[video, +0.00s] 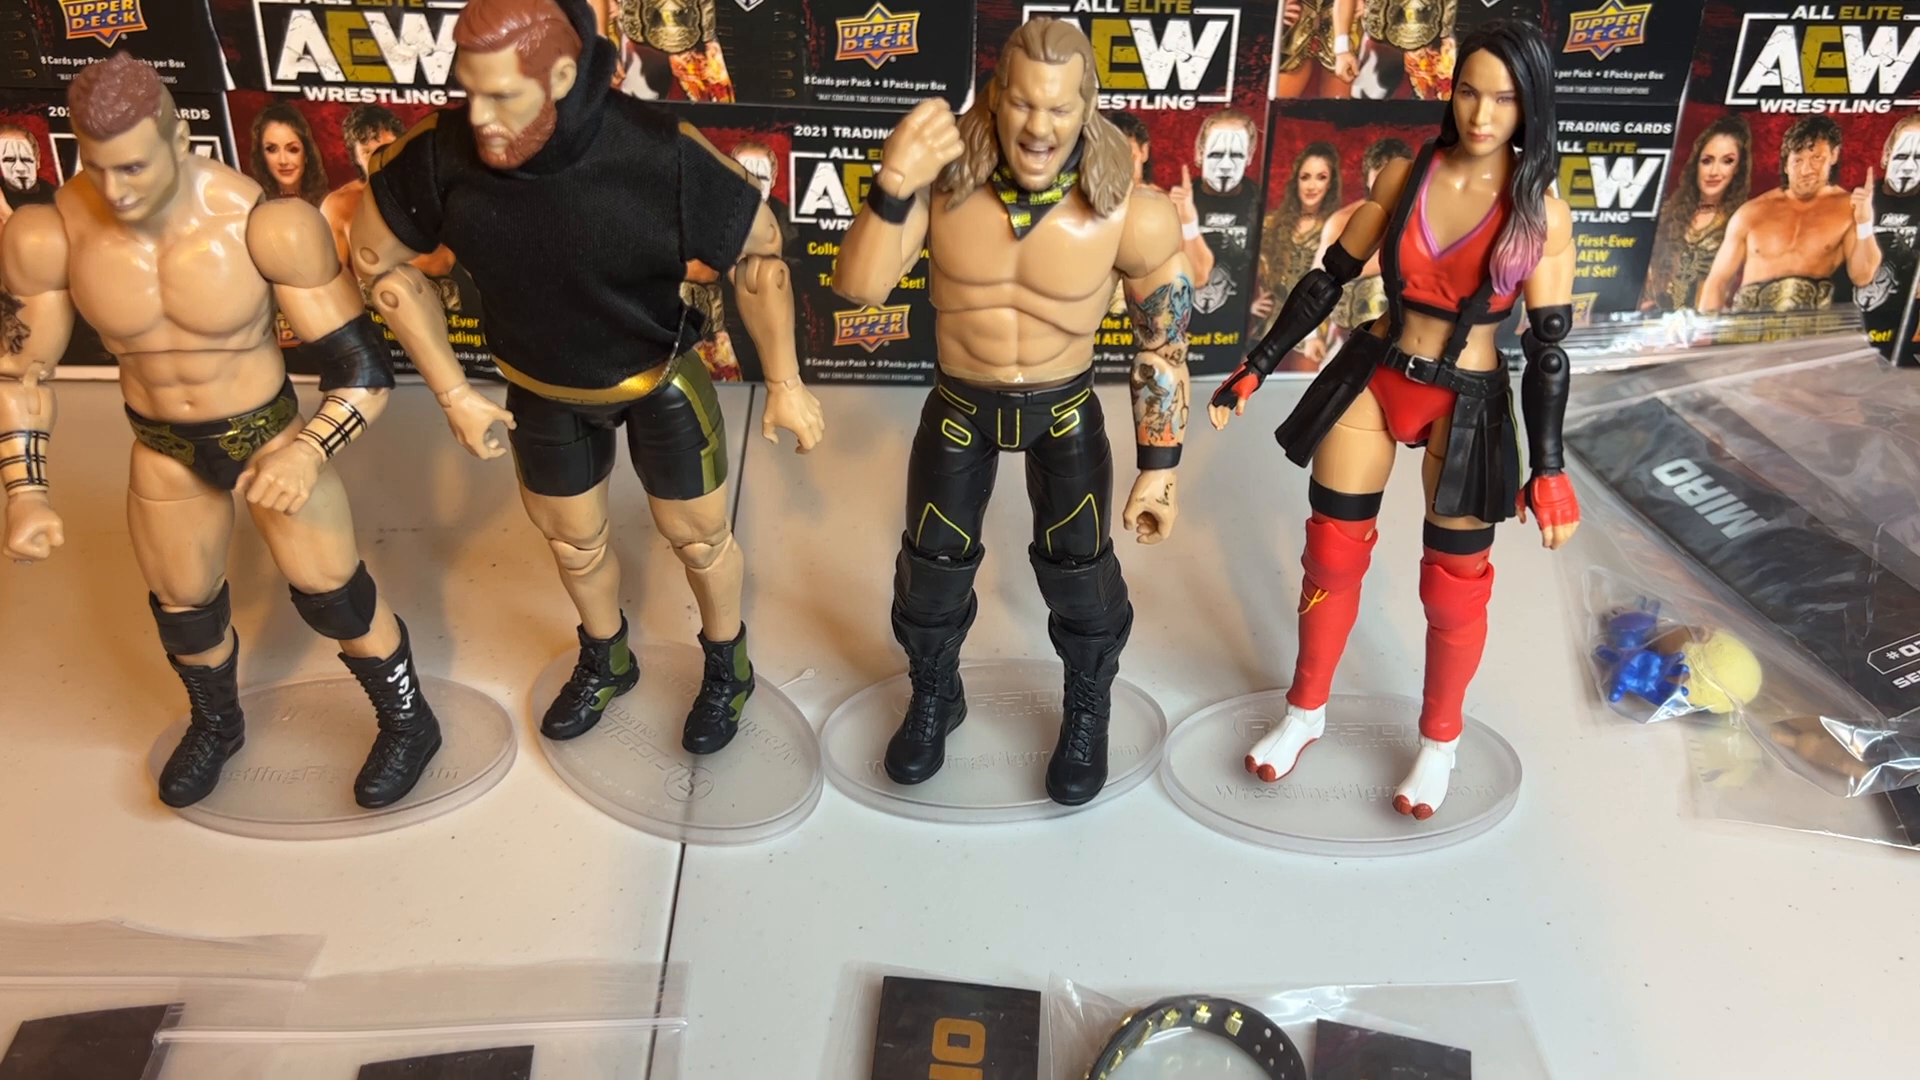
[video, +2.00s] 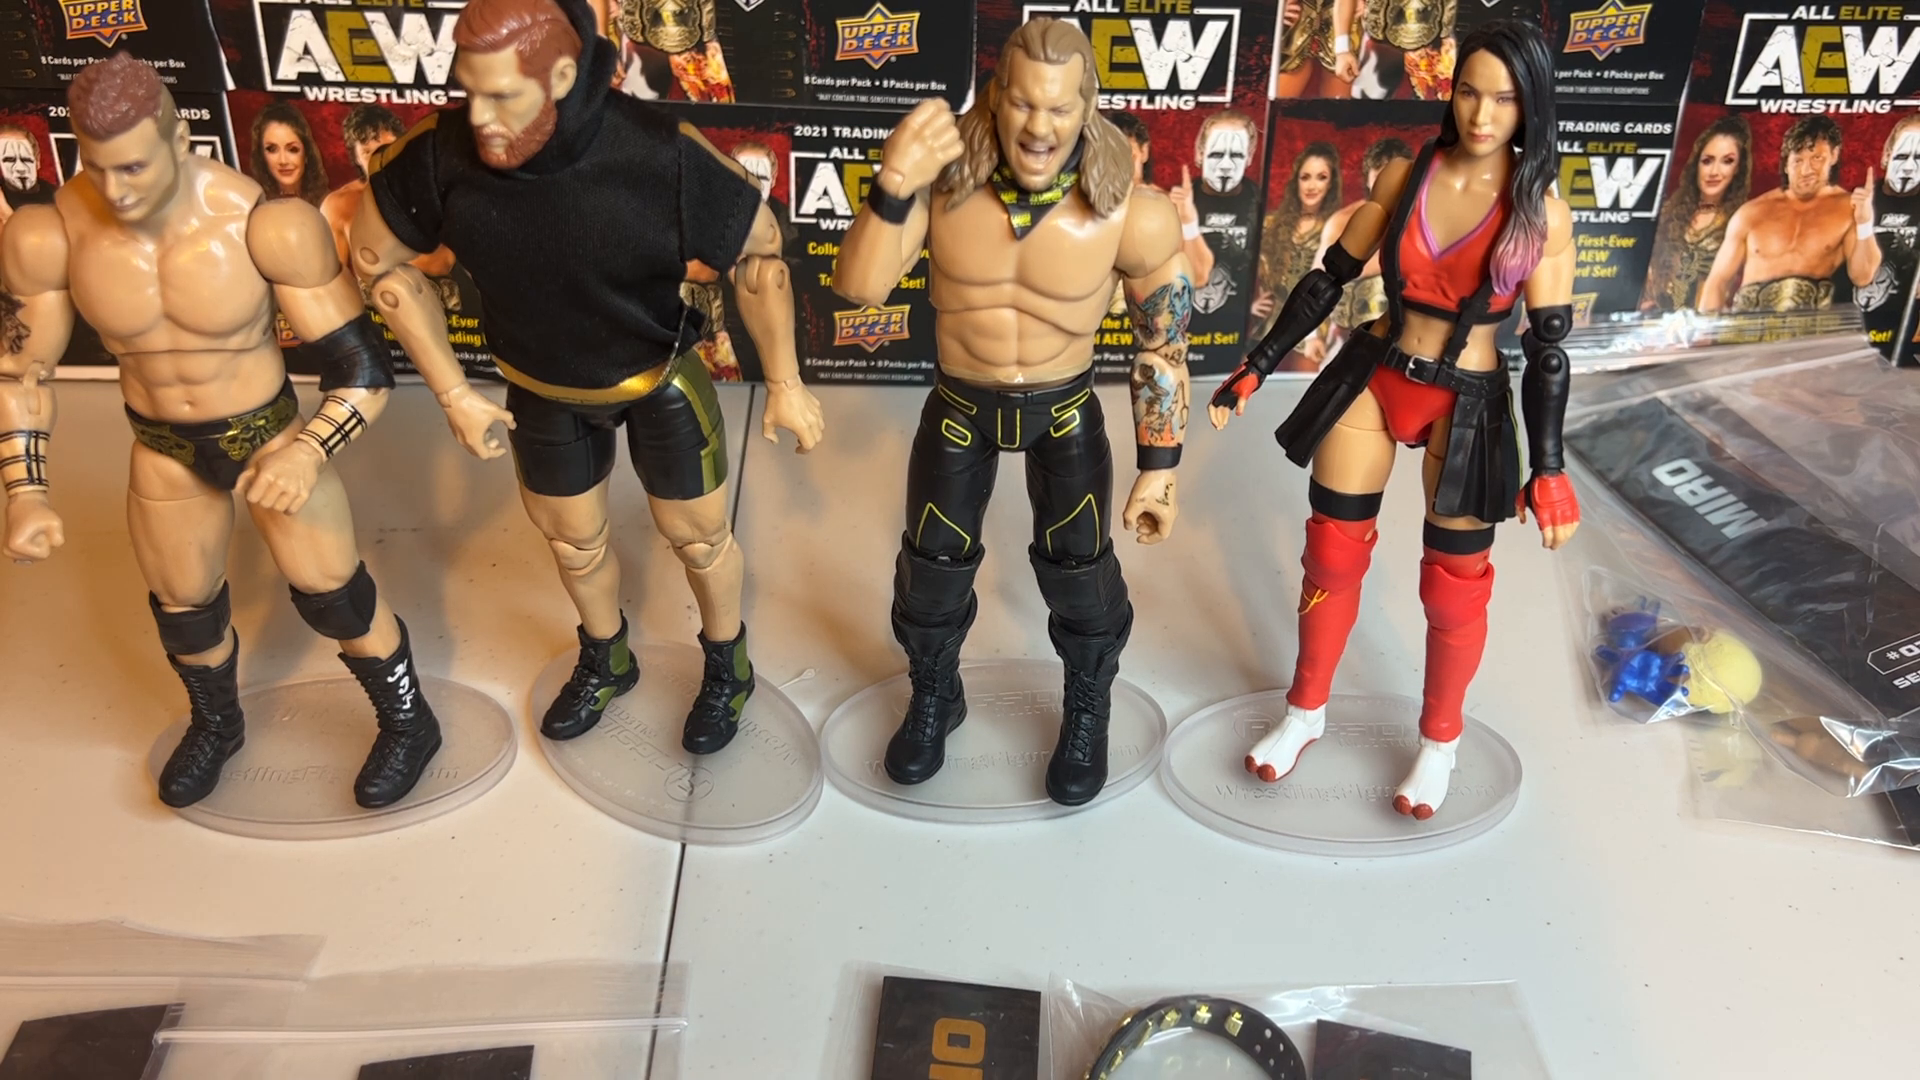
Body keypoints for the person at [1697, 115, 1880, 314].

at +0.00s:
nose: (1806, 169)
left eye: (1816, 158)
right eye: (1797, 160)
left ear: (1834, 156)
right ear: (1785, 163)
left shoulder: (1848, 207)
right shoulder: (1750, 212)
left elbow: (1862, 277)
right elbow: (1718, 282)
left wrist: (1864, 223)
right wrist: (1704, 336)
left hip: (1810, 316)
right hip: (1748, 314)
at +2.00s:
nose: (1806, 170)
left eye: (1817, 158)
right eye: (1798, 160)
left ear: (1834, 156)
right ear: (1785, 163)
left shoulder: (1848, 207)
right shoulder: (1751, 213)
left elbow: (1862, 277)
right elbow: (1718, 281)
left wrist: (1864, 223)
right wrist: (1704, 336)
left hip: (1810, 316)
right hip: (1748, 313)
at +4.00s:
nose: (1806, 169)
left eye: (1817, 158)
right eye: (1798, 160)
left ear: (1834, 156)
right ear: (1785, 163)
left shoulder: (1848, 207)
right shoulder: (1751, 212)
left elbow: (1862, 277)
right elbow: (1718, 281)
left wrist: (1864, 223)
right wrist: (1704, 335)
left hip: (1810, 316)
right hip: (1749, 313)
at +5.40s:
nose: (1806, 169)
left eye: (1816, 158)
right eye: (1797, 160)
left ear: (1834, 156)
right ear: (1785, 163)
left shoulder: (1848, 206)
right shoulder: (1750, 212)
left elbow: (1862, 277)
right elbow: (1718, 281)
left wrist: (1864, 222)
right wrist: (1703, 335)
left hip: (1810, 315)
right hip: (1749, 312)